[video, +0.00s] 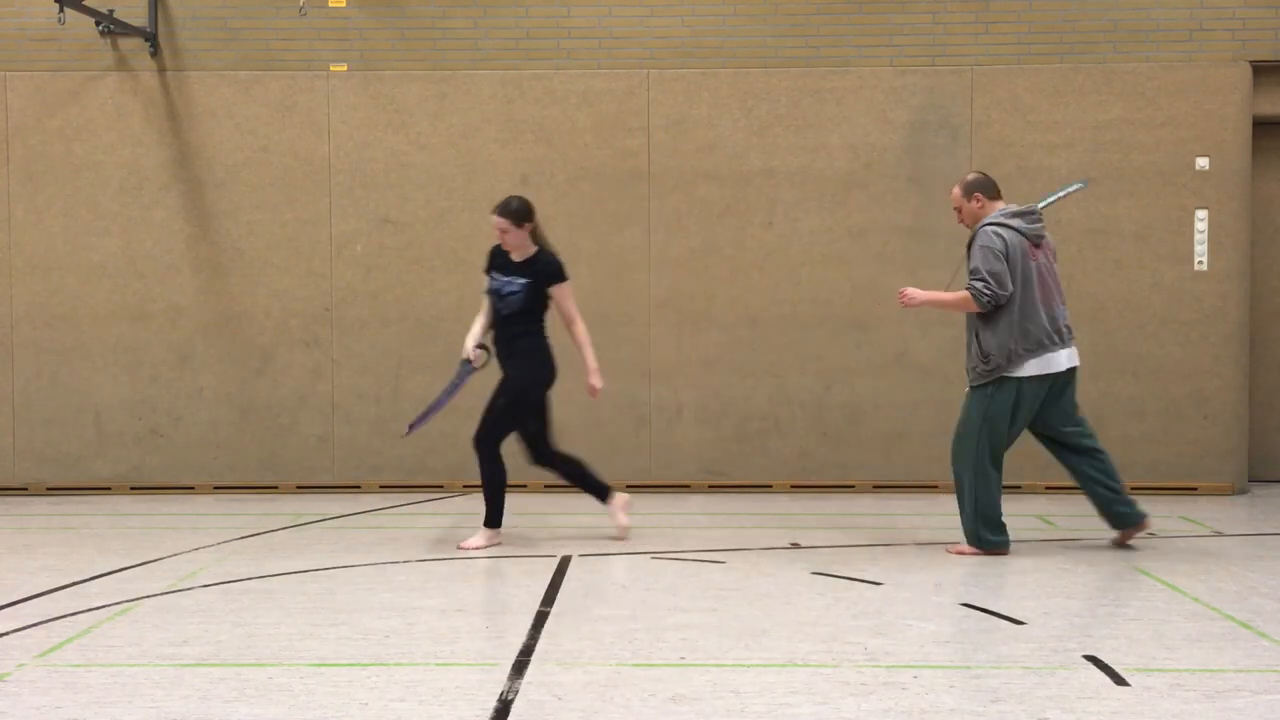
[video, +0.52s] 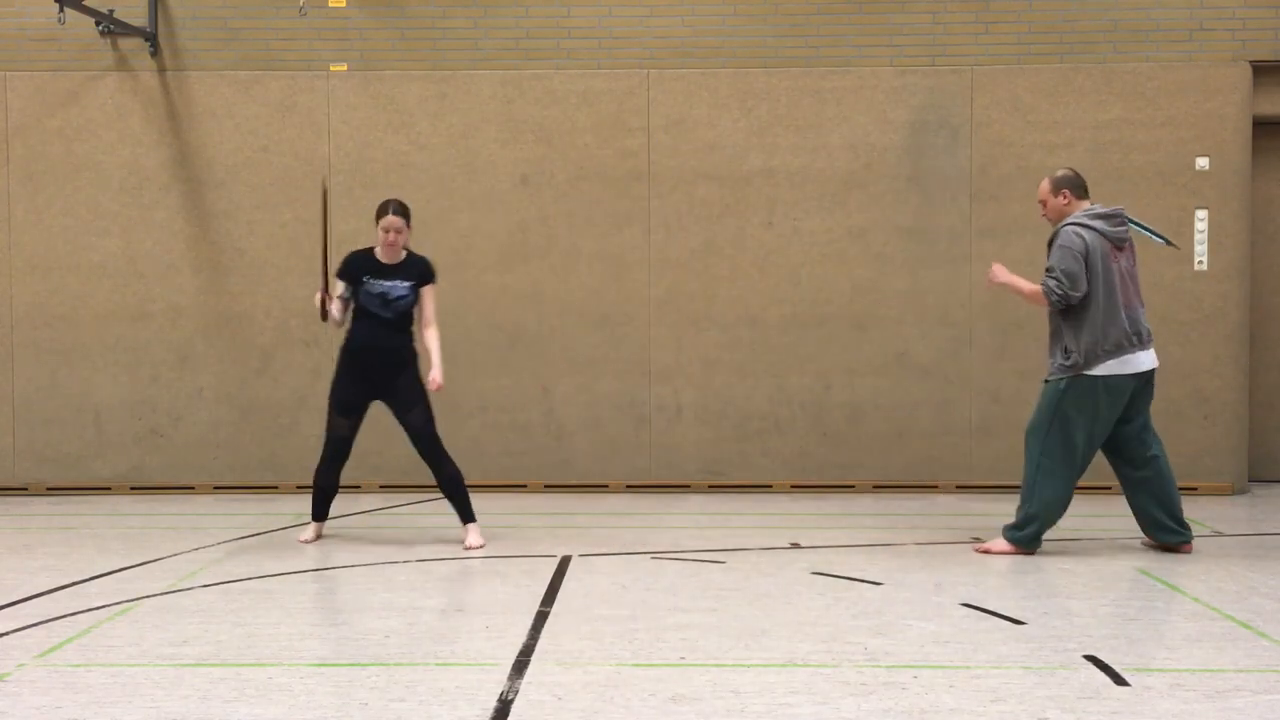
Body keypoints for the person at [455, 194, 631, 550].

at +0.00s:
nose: (499, 238)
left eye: (504, 231)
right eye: (497, 231)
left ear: (525, 228)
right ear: (502, 229)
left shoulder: (546, 265)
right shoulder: (498, 258)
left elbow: (573, 320)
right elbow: (489, 308)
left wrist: (593, 370)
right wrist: (471, 341)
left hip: (533, 367)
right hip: (514, 366)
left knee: (486, 440)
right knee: (541, 452)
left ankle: (491, 530)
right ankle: (612, 498)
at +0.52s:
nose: (392, 237)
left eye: (398, 230)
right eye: (386, 230)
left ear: (408, 232)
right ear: (376, 230)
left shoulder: (420, 268)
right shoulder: (356, 263)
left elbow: (428, 324)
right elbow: (338, 317)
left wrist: (435, 367)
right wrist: (329, 306)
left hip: (400, 369)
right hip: (355, 368)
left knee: (430, 446)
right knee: (336, 447)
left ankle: (470, 525)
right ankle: (316, 522)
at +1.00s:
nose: (390, 216)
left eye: (390, 210)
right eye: (384, 210)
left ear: (375, 215)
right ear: (361, 212)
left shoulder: (376, 260)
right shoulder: (334, 246)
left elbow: (388, 318)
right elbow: (337, 268)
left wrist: (417, 355)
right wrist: (340, 221)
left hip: (365, 365)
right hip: (324, 362)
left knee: (396, 437)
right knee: (310, 442)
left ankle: (416, 520)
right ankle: (285, 519)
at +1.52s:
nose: (364, 227)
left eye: (365, 220)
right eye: (359, 220)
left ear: (349, 221)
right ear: (337, 219)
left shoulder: (358, 265)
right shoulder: (311, 254)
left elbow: (381, 320)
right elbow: (286, 259)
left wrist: (411, 361)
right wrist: (296, 216)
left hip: (354, 368)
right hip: (314, 366)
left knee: (396, 437)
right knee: (305, 449)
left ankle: (415, 521)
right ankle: (282, 523)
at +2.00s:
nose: (432, 219)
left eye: (432, 212)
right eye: (426, 213)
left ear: (425, 217)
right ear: (407, 214)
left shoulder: (418, 262)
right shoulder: (385, 252)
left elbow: (418, 321)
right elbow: (409, 247)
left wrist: (441, 364)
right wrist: (400, 197)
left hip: (409, 366)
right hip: (377, 363)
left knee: (438, 442)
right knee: (357, 446)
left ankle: (418, 521)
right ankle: (300, 504)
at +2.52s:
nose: (544, 222)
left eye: (543, 216)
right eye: (539, 217)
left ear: (514, 225)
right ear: (520, 223)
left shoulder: (491, 264)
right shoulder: (534, 259)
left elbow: (475, 324)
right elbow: (597, 275)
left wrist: (477, 368)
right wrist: (631, 235)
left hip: (496, 374)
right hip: (533, 373)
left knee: (466, 448)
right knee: (582, 445)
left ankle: (425, 523)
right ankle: (583, 531)